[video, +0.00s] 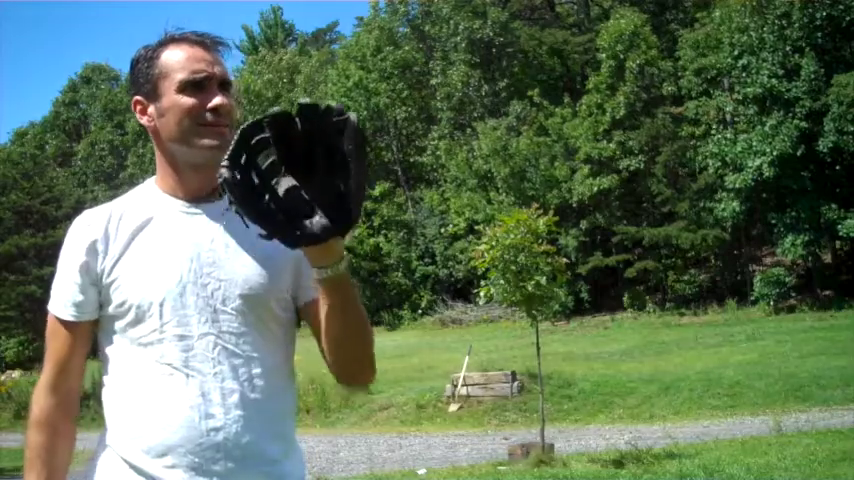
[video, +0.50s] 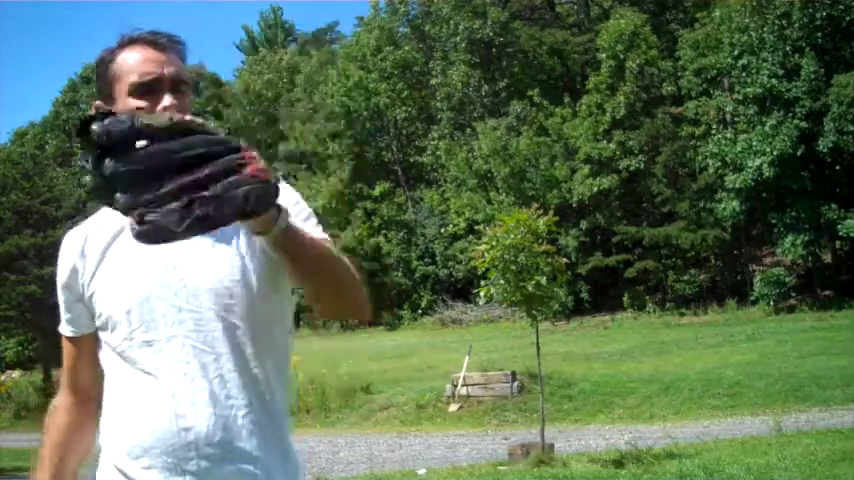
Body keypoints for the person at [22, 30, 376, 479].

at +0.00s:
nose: (220, 101)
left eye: (225, 87)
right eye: (196, 87)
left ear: (237, 101)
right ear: (146, 111)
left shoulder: (283, 223)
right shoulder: (98, 233)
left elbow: (357, 373)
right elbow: (57, 393)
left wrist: (329, 256)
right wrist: (39, 476)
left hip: (271, 469)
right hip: (141, 469)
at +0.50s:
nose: (169, 102)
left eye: (179, 88)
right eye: (147, 91)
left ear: (194, 98)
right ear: (107, 112)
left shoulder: (267, 200)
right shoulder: (87, 245)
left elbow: (354, 307)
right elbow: (77, 396)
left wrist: (273, 227)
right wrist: (48, 474)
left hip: (258, 465)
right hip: (136, 469)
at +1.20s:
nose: (120, 144)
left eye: (138, 121)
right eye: (105, 126)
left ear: (182, 116)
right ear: (92, 128)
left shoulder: (266, 217)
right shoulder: (77, 245)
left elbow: (323, 379)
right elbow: (60, 419)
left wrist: (284, 349)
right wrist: (63, 369)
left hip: (247, 469)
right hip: (124, 469)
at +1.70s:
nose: (145, 118)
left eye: (159, 100)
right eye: (125, 104)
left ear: (184, 114)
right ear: (97, 125)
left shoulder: (249, 213)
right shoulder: (89, 238)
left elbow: (308, 367)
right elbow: (85, 397)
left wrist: (187, 354)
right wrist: (40, 378)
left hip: (236, 468)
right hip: (120, 469)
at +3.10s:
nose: (383, 43)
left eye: (392, 25)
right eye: (356, 27)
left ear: (406, 39)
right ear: (307, 54)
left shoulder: (427, 202)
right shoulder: (298, 142)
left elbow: (448, 395)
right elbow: (407, 311)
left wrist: (477, 473)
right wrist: (513, 403)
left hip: (399, 468)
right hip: (288, 464)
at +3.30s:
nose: (381, 54)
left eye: (392, 36)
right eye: (355, 35)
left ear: (405, 50)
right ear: (305, 60)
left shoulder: (430, 213)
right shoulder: (267, 159)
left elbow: (443, 389)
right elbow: (350, 343)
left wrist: (468, 475)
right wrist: (496, 463)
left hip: (388, 470)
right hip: (264, 467)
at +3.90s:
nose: (207, 100)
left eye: (219, 82)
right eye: (183, 85)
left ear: (237, 99)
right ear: (145, 111)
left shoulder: (314, 215)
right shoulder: (118, 239)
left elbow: (372, 376)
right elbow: (76, 400)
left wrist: (414, 472)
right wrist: (43, 477)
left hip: (297, 469)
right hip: (170, 470)